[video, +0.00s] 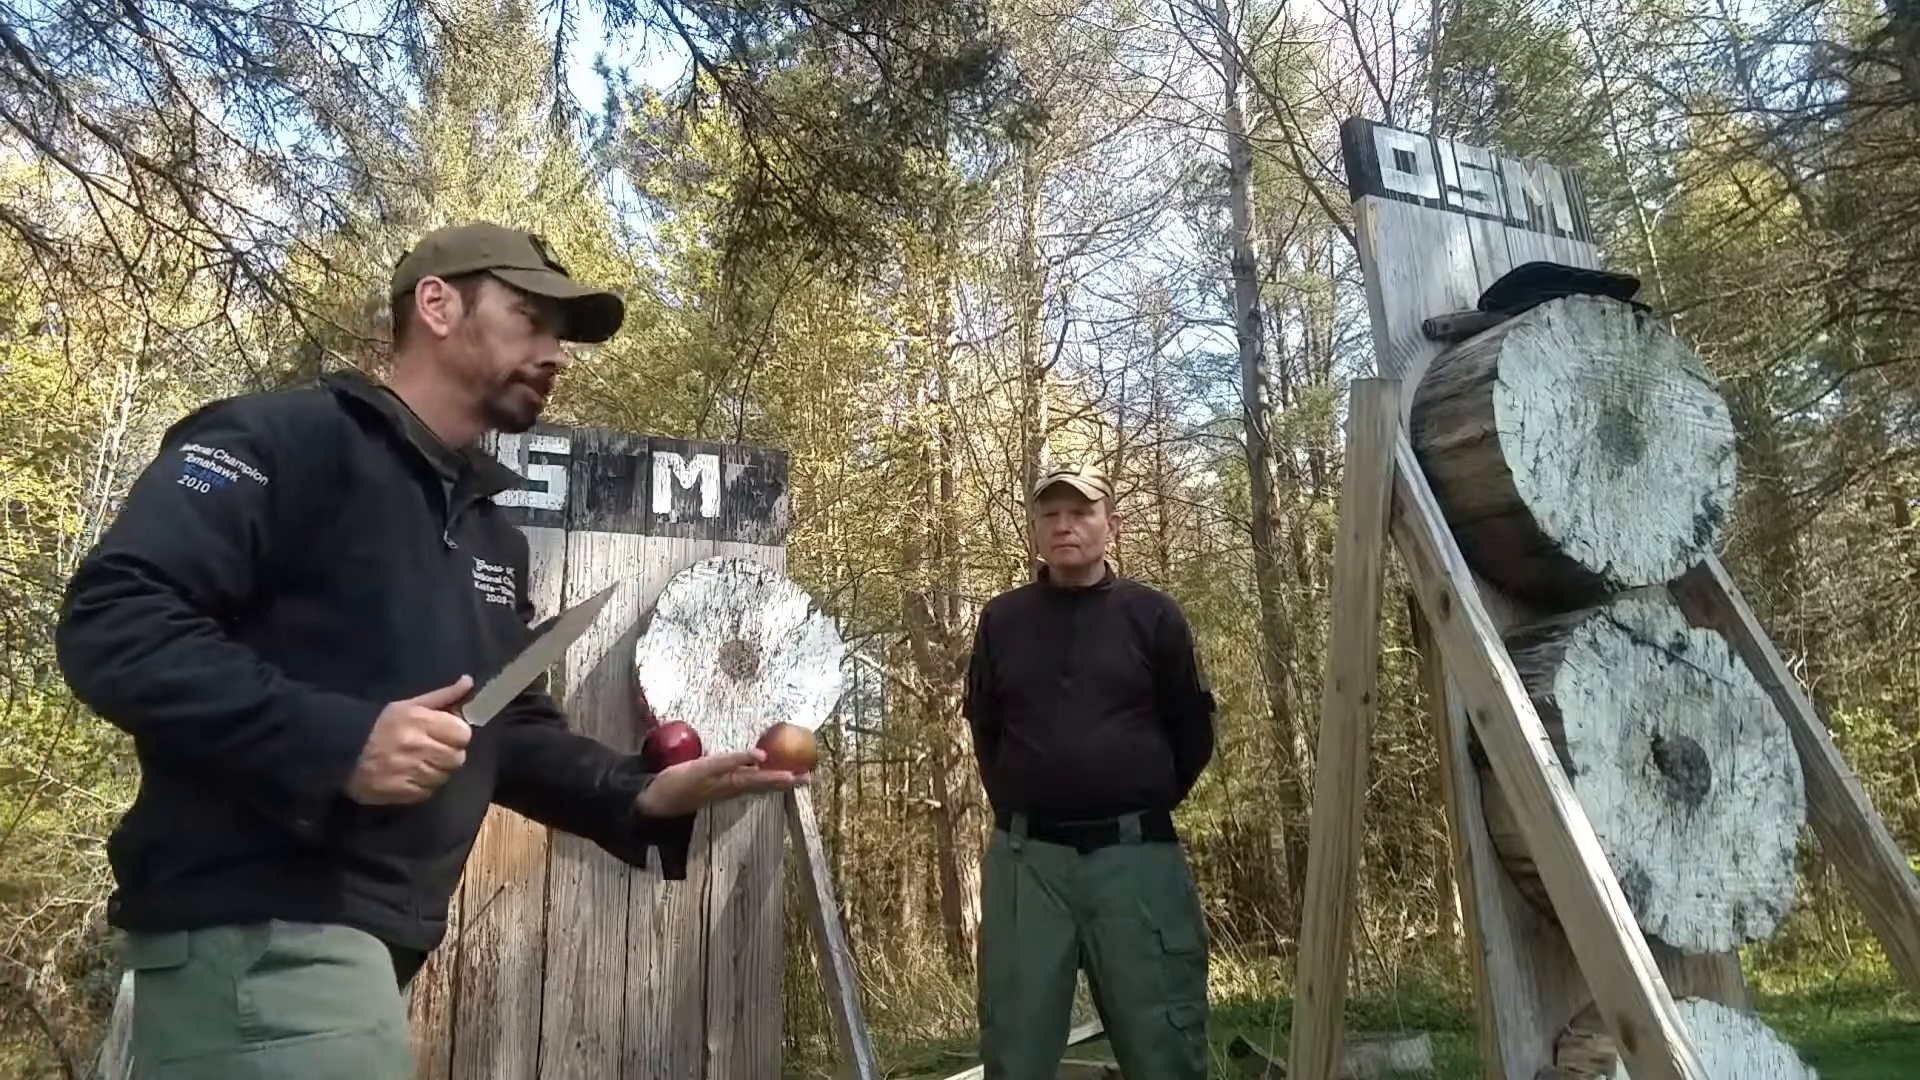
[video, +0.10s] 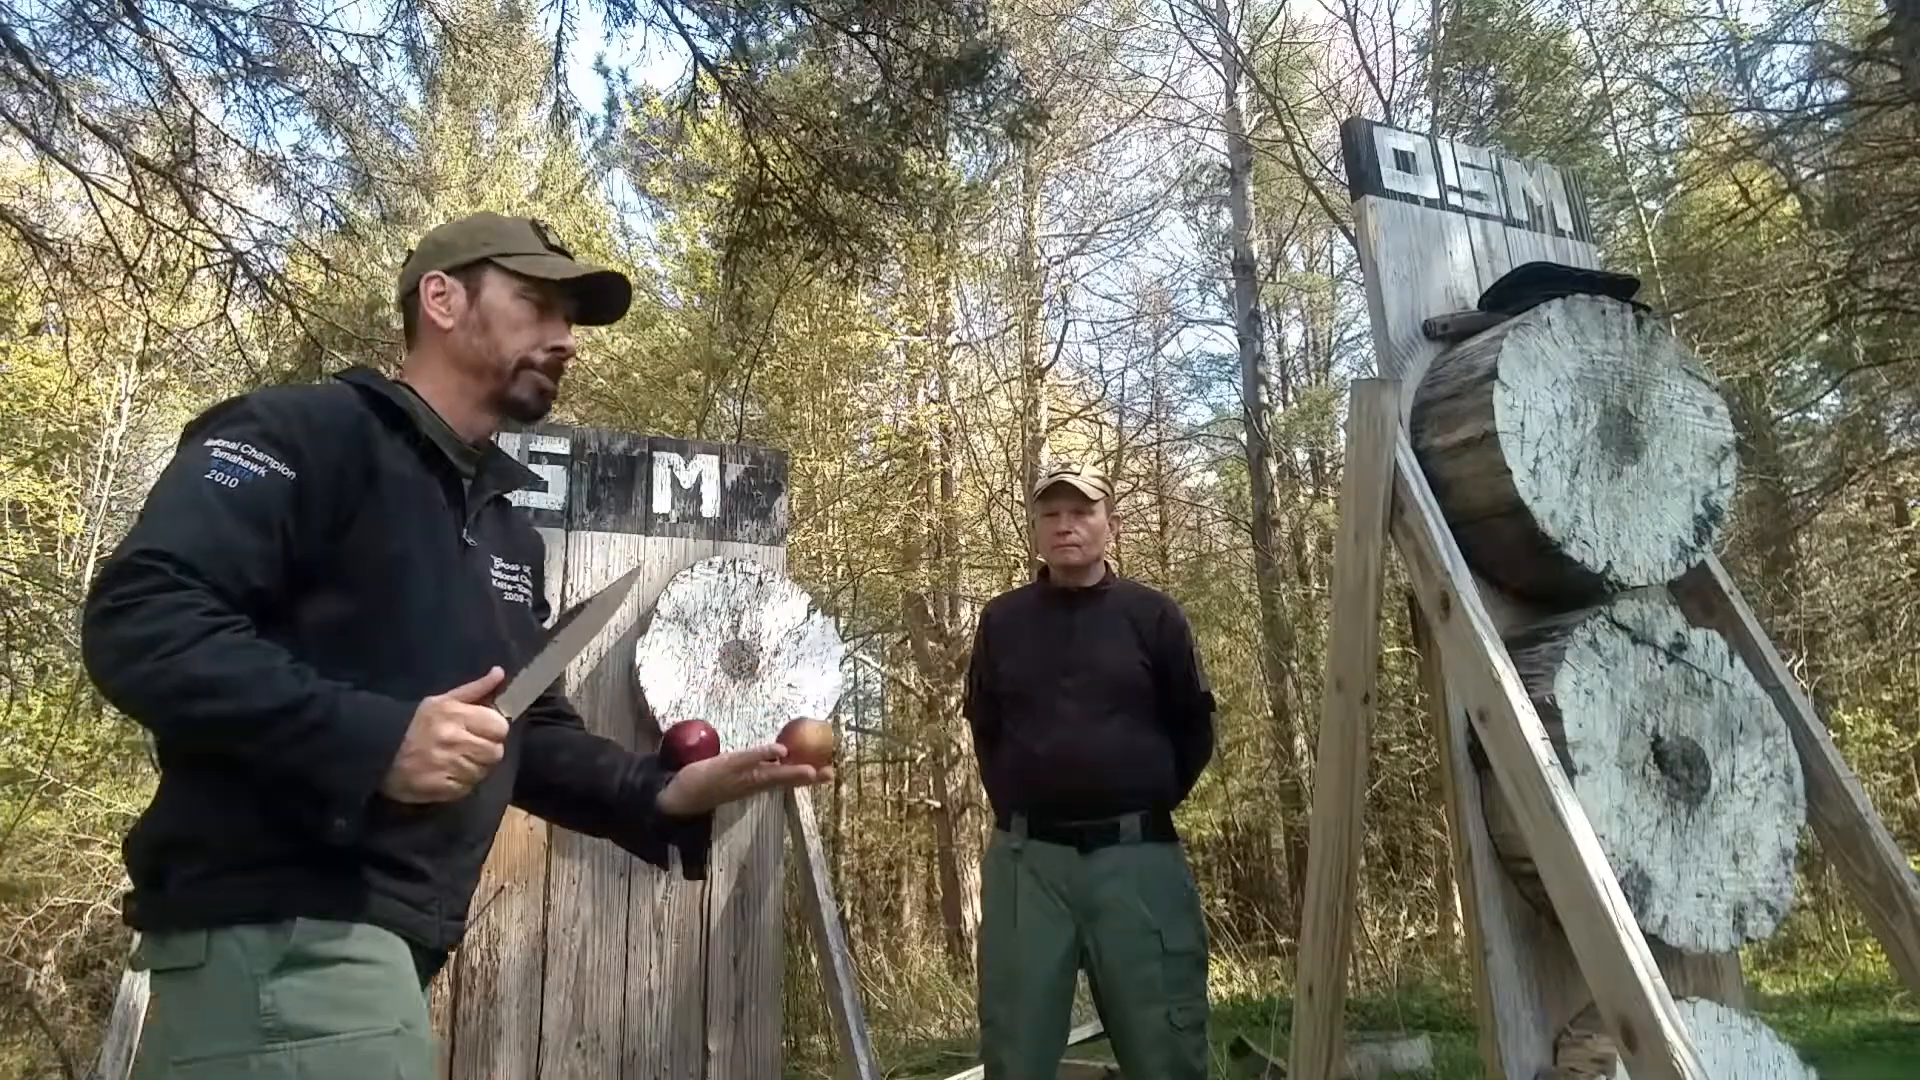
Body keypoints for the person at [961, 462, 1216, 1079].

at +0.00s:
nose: (1065, 526)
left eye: (1080, 513)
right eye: (1051, 515)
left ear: (1110, 527)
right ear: (1033, 533)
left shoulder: (1153, 614)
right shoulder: (1000, 618)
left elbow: (1193, 732)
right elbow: (984, 730)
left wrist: (1139, 811)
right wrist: (1027, 814)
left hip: (1136, 860)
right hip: (1024, 861)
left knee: (1162, 1055)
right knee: (1016, 1055)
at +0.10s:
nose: (1066, 525)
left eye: (1081, 513)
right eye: (1052, 515)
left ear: (1110, 527)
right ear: (1034, 533)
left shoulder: (1154, 615)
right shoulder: (1000, 619)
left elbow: (1195, 728)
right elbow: (984, 729)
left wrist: (1142, 810)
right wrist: (1027, 815)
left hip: (1138, 859)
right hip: (1025, 861)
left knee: (1164, 1056)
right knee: (1016, 1057)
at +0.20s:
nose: (1066, 526)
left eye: (1081, 513)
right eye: (1051, 515)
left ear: (1110, 527)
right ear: (1034, 533)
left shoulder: (1153, 614)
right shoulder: (1000, 619)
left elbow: (1195, 728)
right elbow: (984, 729)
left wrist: (1142, 811)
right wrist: (1027, 816)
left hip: (1138, 859)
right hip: (1024, 861)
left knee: (1164, 1057)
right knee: (1016, 1058)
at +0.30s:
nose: (1066, 525)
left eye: (1081, 513)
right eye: (1051, 515)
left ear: (1110, 526)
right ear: (1034, 533)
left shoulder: (1153, 614)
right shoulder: (1000, 619)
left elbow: (1195, 729)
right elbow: (984, 729)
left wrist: (1142, 811)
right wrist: (1026, 816)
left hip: (1138, 859)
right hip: (1025, 861)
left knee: (1164, 1057)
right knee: (1016, 1058)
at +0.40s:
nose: (1066, 525)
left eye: (1081, 512)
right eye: (1051, 515)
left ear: (1110, 526)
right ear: (1034, 533)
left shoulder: (1153, 614)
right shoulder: (1000, 619)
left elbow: (1195, 729)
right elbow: (984, 729)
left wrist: (1142, 811)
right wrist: (1026, 816)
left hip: (1138, 859)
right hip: (1025, 861)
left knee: (1164, 1057)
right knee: (1016, 1058)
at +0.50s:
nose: (1066, 525)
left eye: (1081, 512)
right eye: (1051, 515)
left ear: (1110, 526)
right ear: (1034, 533)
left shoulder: (1153, 614)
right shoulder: (1000, 619)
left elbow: (1195, 729)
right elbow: (984, 729)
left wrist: (1142, 811)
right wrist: (1026, 816)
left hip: (1138, 859)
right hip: (1025, 861)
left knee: (1164, 1057)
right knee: (1016, 1058)